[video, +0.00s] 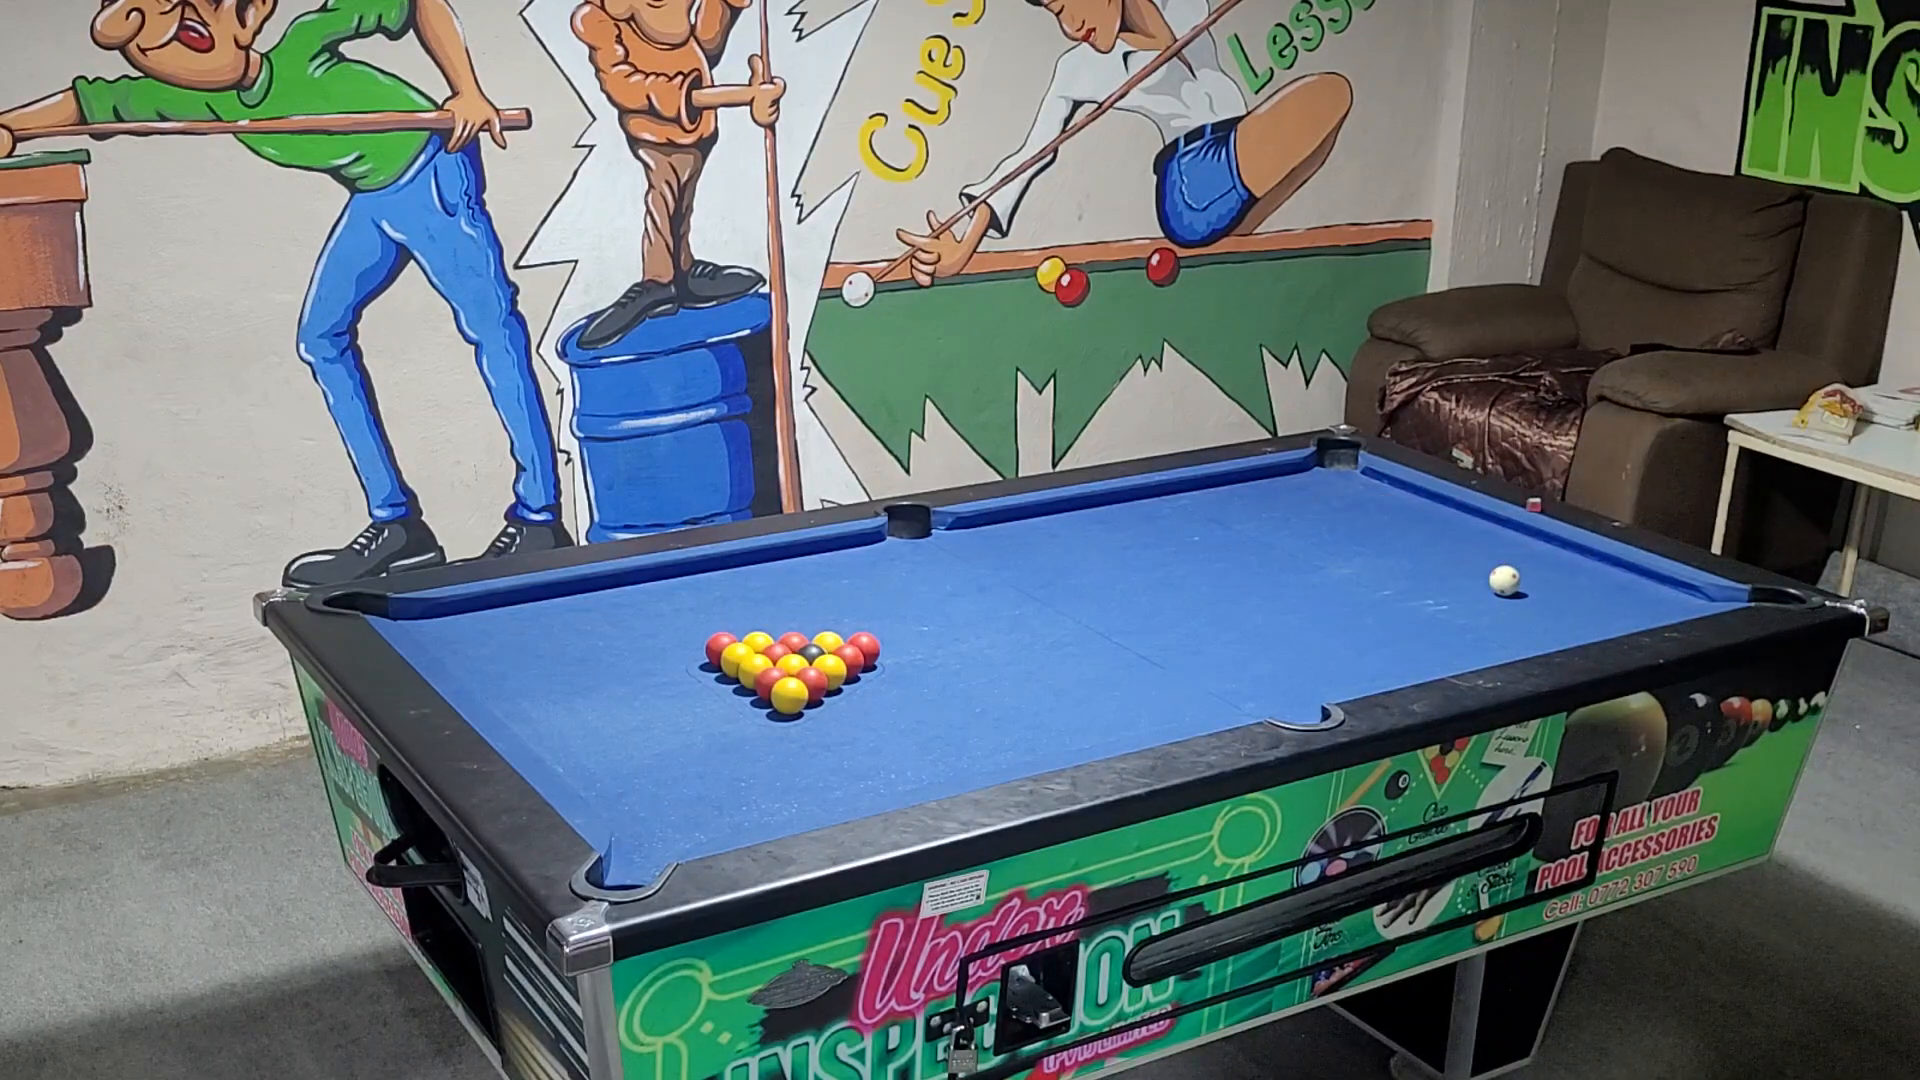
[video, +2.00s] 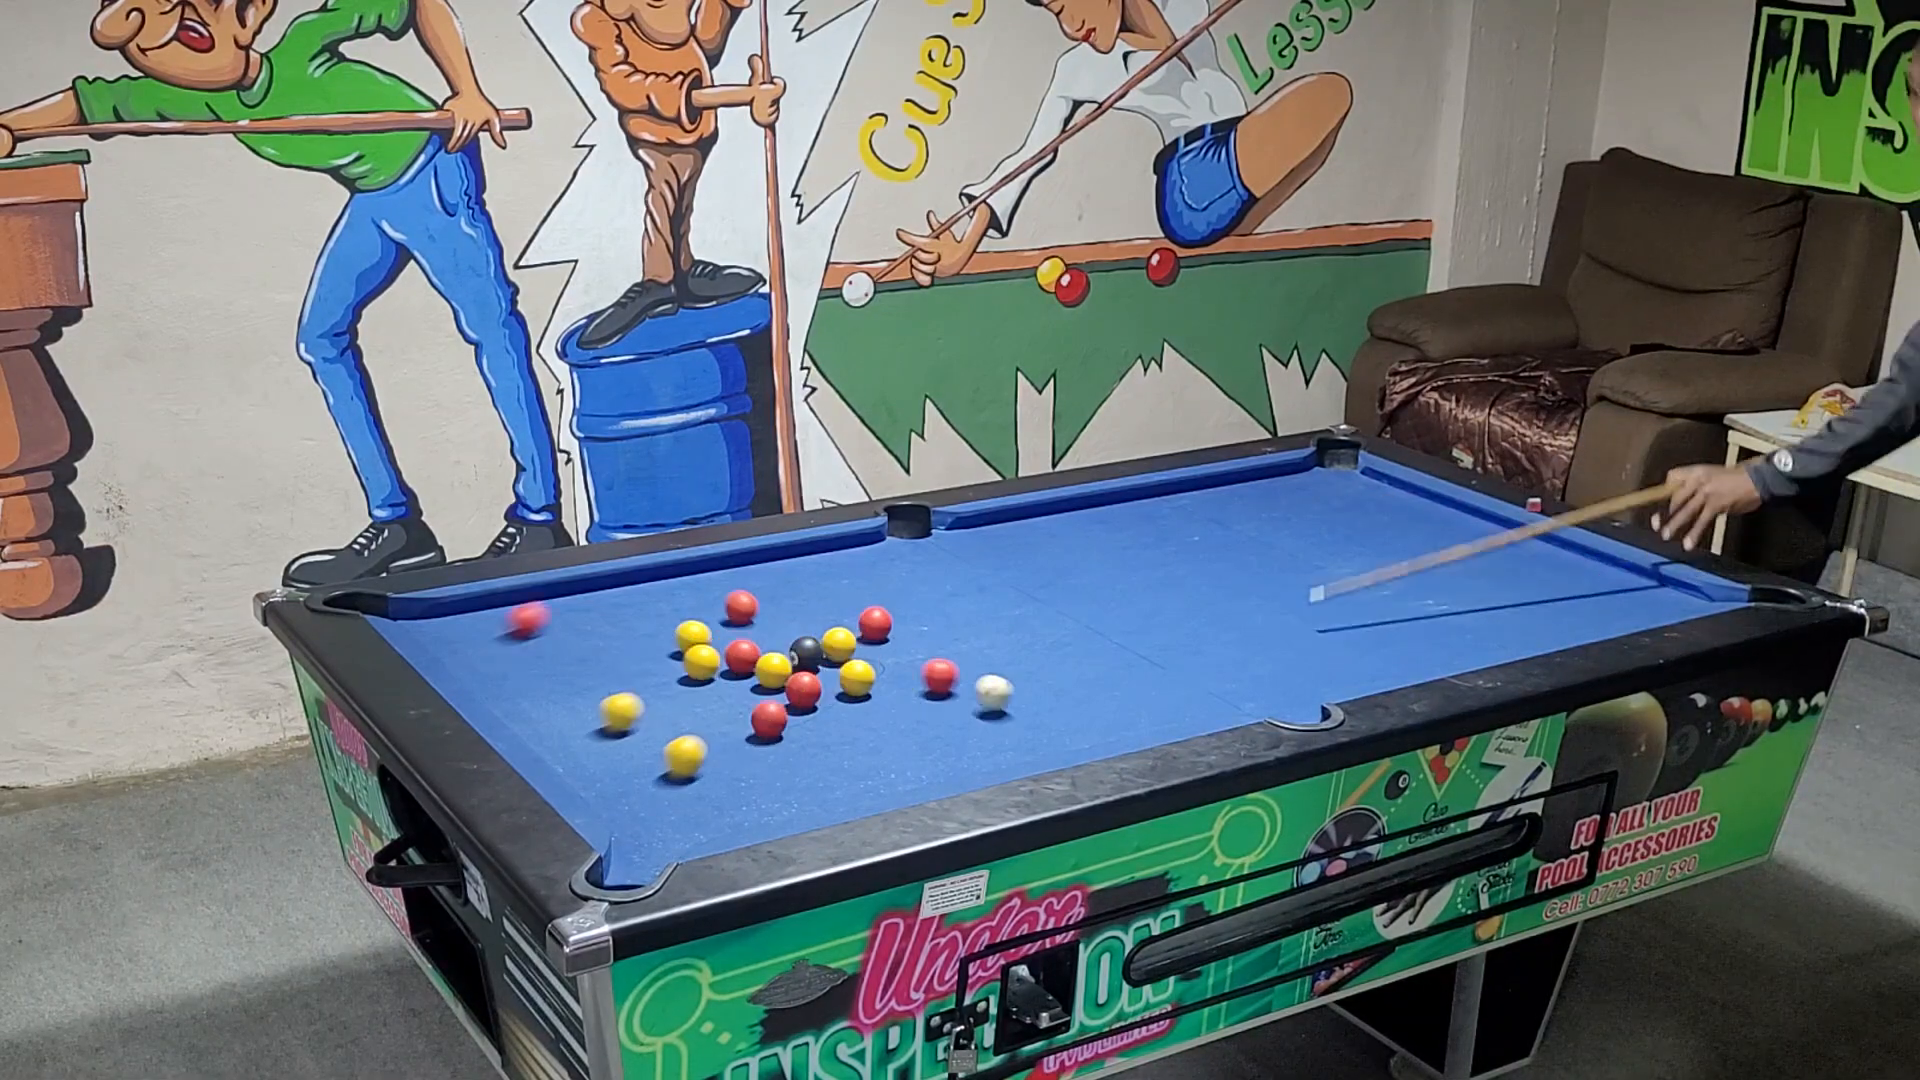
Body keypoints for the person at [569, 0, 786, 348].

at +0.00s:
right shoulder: (597, 19)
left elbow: (707, 47)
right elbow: (625, 87)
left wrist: (730, 6)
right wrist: (746, 95)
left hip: (695, 90)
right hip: (645, 104)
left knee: (688, 175)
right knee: (665, 174)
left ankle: (682, 269)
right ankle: (657, 281)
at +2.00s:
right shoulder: (597, 19)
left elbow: (707, 47)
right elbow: (625, 88)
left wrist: (730, 5)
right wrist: (746, 95)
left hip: (694, 88)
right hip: (645, 103)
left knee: (688, 174)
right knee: (666, 174)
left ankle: (682, 268)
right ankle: (657, 281)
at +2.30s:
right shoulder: (596, 19)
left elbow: (707, 47)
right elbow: (625, 88)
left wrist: (730, 6)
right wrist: (746, 95)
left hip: (694, 86)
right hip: (644, 103)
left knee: (688, 173)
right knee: (666, 173)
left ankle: (682, 268)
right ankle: (656, 281)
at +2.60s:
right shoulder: (596, 19)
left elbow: (707, 47)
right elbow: (625, 88)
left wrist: (730, 6)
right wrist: (746, 95)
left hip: (694, 87)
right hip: (644, 103)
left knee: (688, 174)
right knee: (666, 174)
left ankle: (682, 268)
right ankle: (656, 281)